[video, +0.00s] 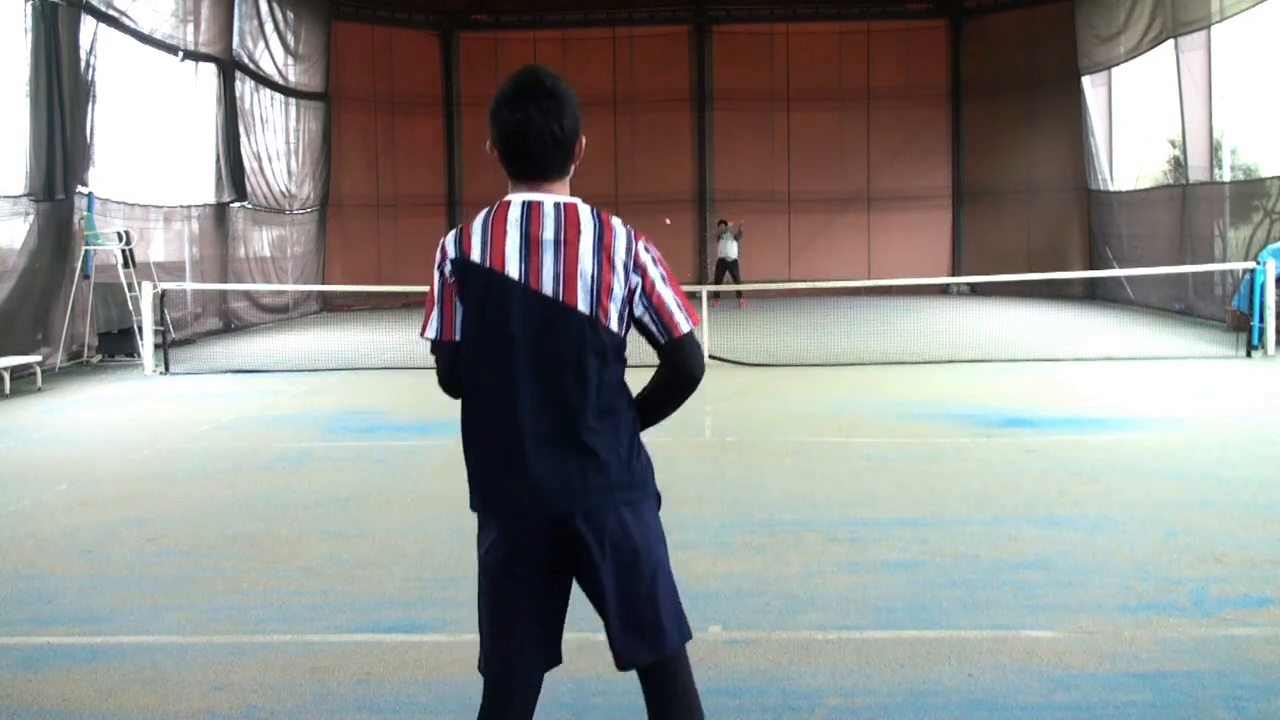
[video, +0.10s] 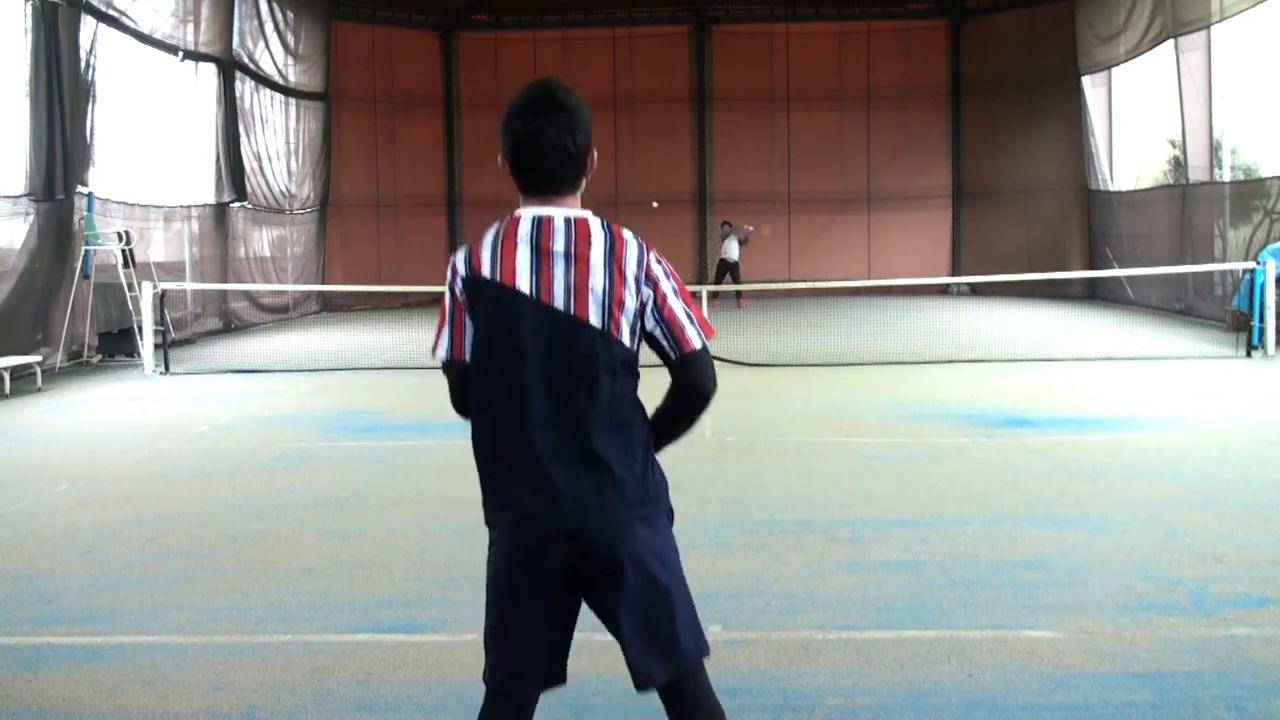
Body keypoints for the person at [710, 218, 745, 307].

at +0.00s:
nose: (721, 228)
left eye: (722, 226)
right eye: (720, 227)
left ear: (726, 227)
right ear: (718, 228)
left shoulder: (732, 235)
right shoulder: (719, 236)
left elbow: (738, 237)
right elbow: (718, 233)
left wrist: (740, 230)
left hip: (733, 259)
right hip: (722, 258)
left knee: (737, 279)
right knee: (717, 279)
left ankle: (740, 298)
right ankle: (716, 298)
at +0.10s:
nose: (725, 230)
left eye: (727, 228)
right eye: (724, 228)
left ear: (730, 228)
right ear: (722, 229)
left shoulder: (736, 238)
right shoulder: (723, 237)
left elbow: (744, 242)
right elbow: (730, 232)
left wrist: (747, 234)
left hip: (734, 261)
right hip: (724, 260)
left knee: (737, 281)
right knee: (718, 281)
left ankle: (739, 300)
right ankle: (714, 299)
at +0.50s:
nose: (736, 233)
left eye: (737, 231)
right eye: (734, 231)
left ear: (739, 232)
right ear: (731, 233)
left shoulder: (739, 243)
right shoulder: (732, 241)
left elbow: (741, 251)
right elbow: (739, 245)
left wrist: (747, 249)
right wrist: (747, 248)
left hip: (735, 265)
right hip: (727, 263)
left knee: (738, 283)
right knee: (721, 281)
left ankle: (738, 301)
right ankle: (713, 297)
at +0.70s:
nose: (731, 233)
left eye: (733, 231)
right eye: (729, 231)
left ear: (735, 232)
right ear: (727, 233)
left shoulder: (736, 242)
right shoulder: (727, 242)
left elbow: (735, 253)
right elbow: (728, 254)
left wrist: (738, 258)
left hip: (731, 264)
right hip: (723, 264)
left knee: (736, 282)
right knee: (721, 282)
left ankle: (738, 300)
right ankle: (715, 298)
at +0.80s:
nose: (728, 234)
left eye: (729, 231)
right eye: (726, 232)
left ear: (731, 233)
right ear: (723, 233)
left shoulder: (733, 243)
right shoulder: (720, 242)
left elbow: (735, 252)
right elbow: (717, 253)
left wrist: (734, 258)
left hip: (729, 264)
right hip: (719, 264)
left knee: (734, 282)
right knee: (719, 282)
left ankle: (737, 300)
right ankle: (716, 299)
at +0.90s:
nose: (725, 233)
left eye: (726, 231)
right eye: (723, 231)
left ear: (728, 233)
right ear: (720, 233)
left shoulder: (730, 243)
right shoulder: (717, 242)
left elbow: (730, 254)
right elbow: (717, 257)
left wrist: (740, 252)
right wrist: (728, 257)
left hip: (727, 265)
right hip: (717, 265)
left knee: (732, 283)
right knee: (718, 283)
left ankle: (732, 301)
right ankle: (715, 300)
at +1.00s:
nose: (722, 230)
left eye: (724, 227)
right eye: (721, 227)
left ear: (727, 229)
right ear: (718, 229)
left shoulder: (729, 239)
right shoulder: (715, 239)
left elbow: (730, 251)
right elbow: (710, 251)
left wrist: (736, 249)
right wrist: (721, 254)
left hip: (725, 263)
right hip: (715, 262)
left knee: (727, 282)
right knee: (715, 281)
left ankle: (723, 299)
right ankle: (714, 299)